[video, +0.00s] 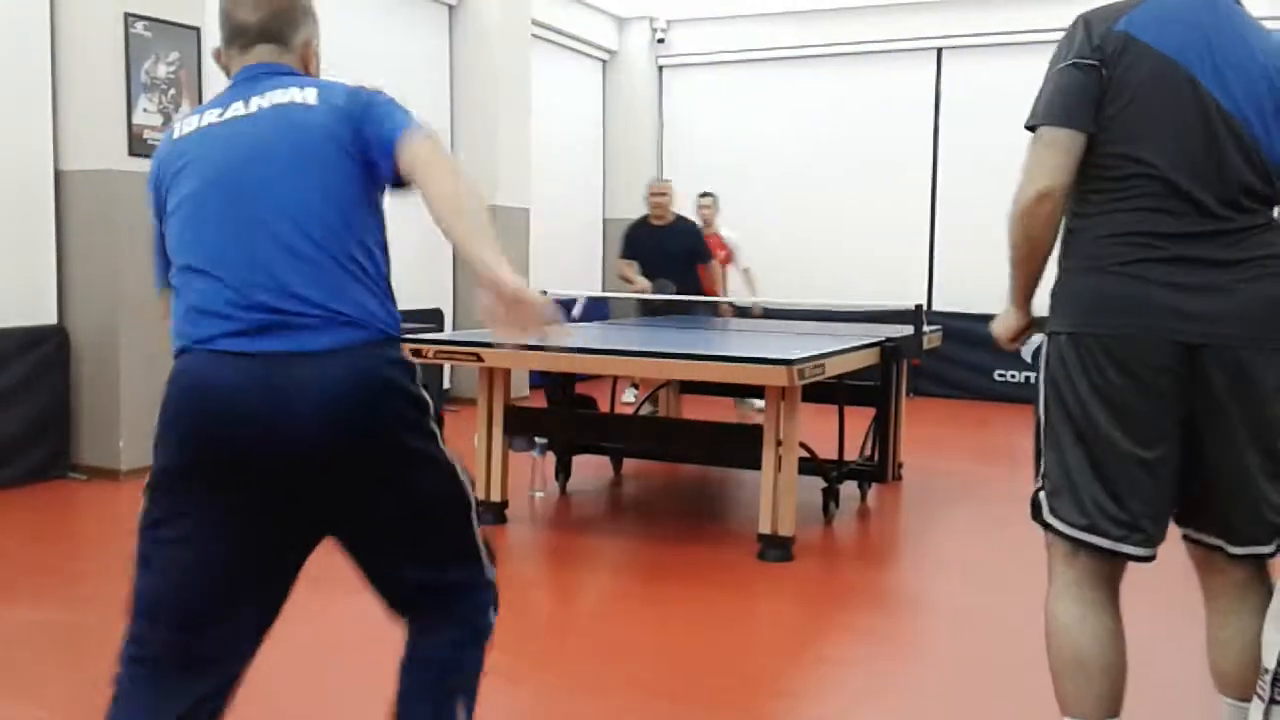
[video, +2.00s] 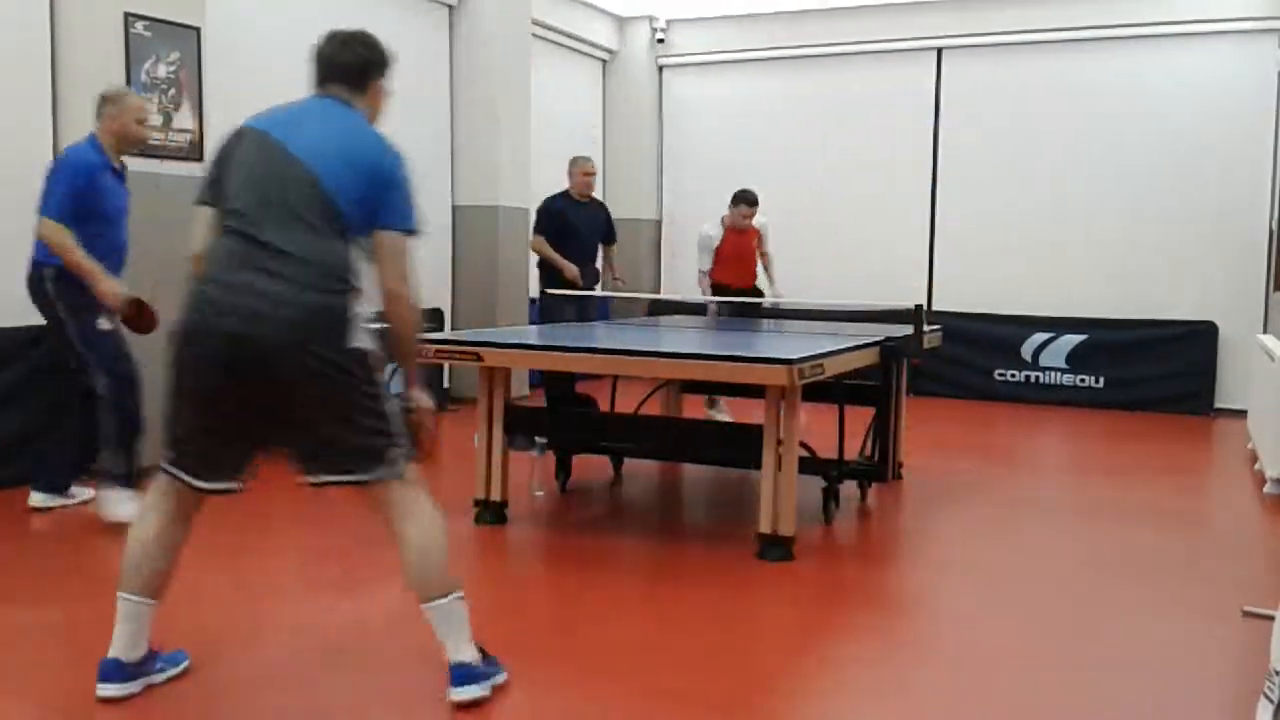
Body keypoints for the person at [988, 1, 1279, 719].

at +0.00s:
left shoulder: (1103, 31)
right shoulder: (1269, 49)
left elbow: (1042, 190)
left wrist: (1019, 301)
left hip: (1111, 330)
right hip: (1251, 335)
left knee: (1084, 565)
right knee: (1235, 557)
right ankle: (1244, 712)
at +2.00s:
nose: (385, 100)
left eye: (383, 89)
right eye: (385, 89)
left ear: (319, 79)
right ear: (373, 88)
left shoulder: (251, 131)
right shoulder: (378, 155)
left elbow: (203, 252)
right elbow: (396, 297)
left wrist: (225, 324)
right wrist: (417, 384)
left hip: (214, 331)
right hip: (312, 340)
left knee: (174, 487)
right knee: (400, 488)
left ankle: (124, 656)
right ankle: (464, 661)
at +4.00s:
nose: (359, 39)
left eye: (354, 28)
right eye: (357, 28)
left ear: (289, 30)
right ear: (347, 29)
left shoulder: (241, 102)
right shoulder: (352, 108)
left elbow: (189, 213)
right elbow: (370, 232)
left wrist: (236, 223)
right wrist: (407, 333)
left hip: (245, 328)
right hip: (331, 329)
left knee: (218, 482)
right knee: (393, 474)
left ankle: (164, 649)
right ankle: (423, 629)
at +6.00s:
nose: (544, 128)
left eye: (546, 116)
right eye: (542, 115)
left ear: (496, 105)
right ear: (516, 107)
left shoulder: (443, 142)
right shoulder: (486, 166)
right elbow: (516, 272)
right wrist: (555, 233)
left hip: (379, 305)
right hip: (424, 313)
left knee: (353, 444)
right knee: (496, 444)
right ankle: (476, 601)